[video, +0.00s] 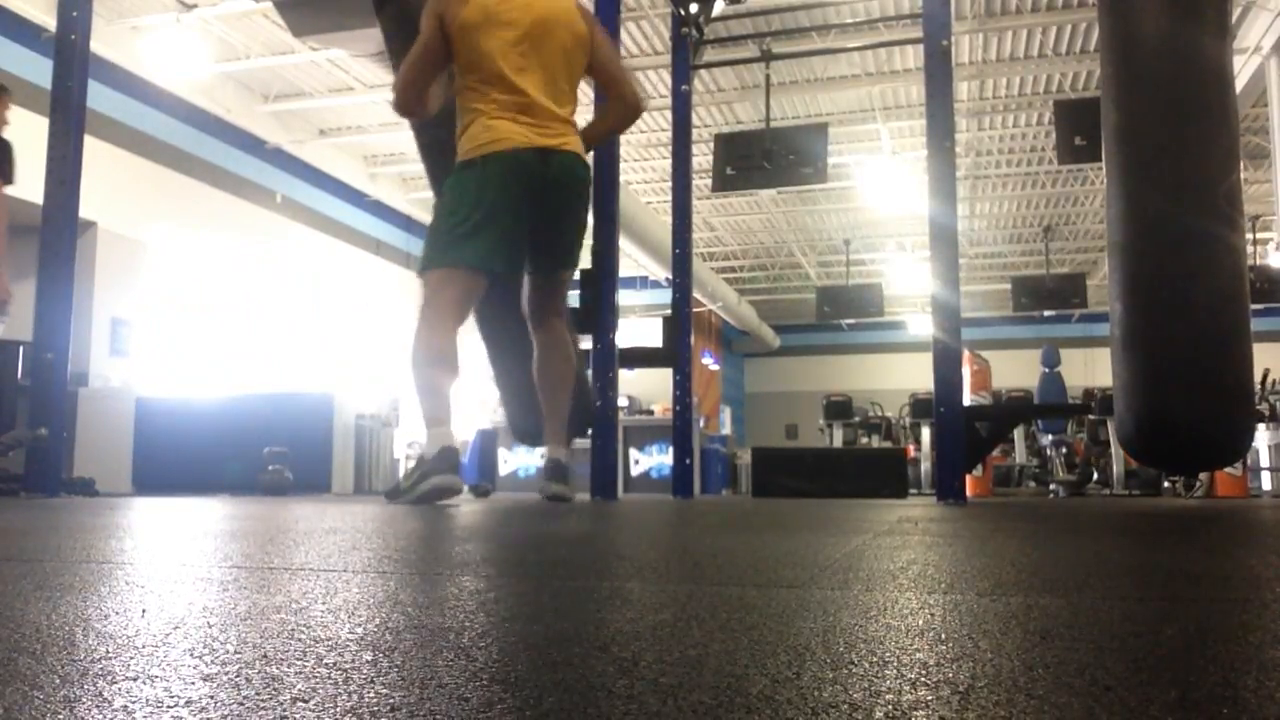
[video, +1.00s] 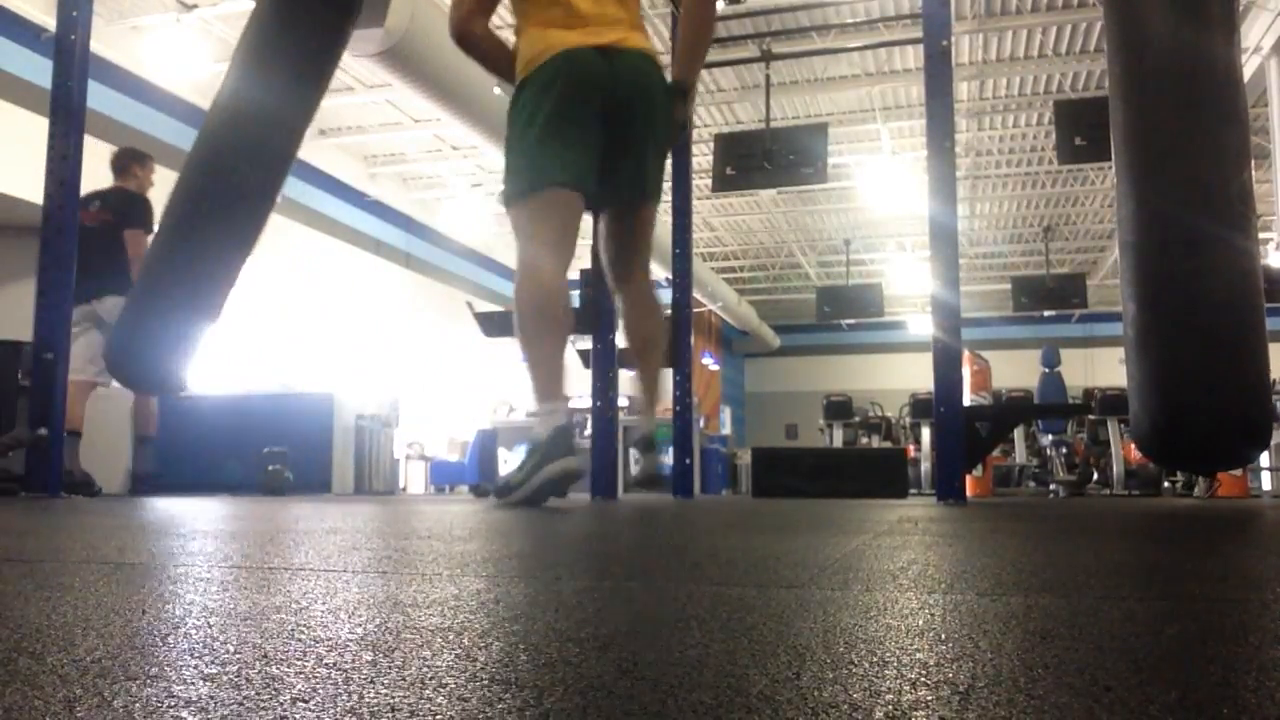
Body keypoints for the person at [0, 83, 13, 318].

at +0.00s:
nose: (7, 118)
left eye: (7, 110)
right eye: (5, 109)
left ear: (6, 109)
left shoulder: (5, 148)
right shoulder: (4, 148)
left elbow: (3, 213)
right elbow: (3, 214)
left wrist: (3, 277)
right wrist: (3, 277)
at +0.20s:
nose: (41, 125)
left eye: (40, 117)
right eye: (37, 116)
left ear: (12, 114)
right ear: (20, 113)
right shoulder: (25, 150)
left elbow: (34, 220)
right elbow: (34, 220)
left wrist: (41, 257)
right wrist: (43, 259)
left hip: (12, 257)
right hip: (13, 259)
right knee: (17, 350)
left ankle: (11, 443)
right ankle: (11, 446)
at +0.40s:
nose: (60, 134)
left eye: (58, 128)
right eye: (57, 127)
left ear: (26, 127)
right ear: (47, 126)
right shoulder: (58, 166)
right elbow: (76, 234)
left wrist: (103, 292)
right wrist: (104, 292)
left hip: (5, 264)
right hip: (26, 269)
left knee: (7, 367)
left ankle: (9, 451)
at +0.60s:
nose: (99, 158)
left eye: (99, 150)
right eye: (95, 150)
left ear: (65, 147)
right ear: (79, 148)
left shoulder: (30, 181)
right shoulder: (87, 184)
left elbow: (13, 235)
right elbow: (97, 242)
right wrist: (129, 294)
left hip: (29, 290)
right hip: (71, 293)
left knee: (31, 371)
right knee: (68, 374)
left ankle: (22, 446)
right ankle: (61, 452)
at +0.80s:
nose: (126, 168)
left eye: (126, 161)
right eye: (122, 160)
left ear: (91, 158)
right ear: (106, 158)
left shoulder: (60, 188)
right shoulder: (111, 191)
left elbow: (43, 245)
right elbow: (121, 249)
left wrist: (50, 290)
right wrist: (144, 300)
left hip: (62, 294)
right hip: (98, 297)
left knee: (72, 376)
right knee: (115, 379)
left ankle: (66, 466)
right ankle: (63, 426)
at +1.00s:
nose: (151, 181)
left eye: (152, 175)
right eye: (149, 174)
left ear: (118, 170)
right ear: (135, 171)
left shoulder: (87, 200)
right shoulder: (135, 202)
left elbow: (72, 250)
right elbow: (137, 257)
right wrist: (147, 300)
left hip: (78, 296)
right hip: (116, 295)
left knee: (77, 382)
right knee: (146, 380)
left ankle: (68, 467)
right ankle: (145, 468)